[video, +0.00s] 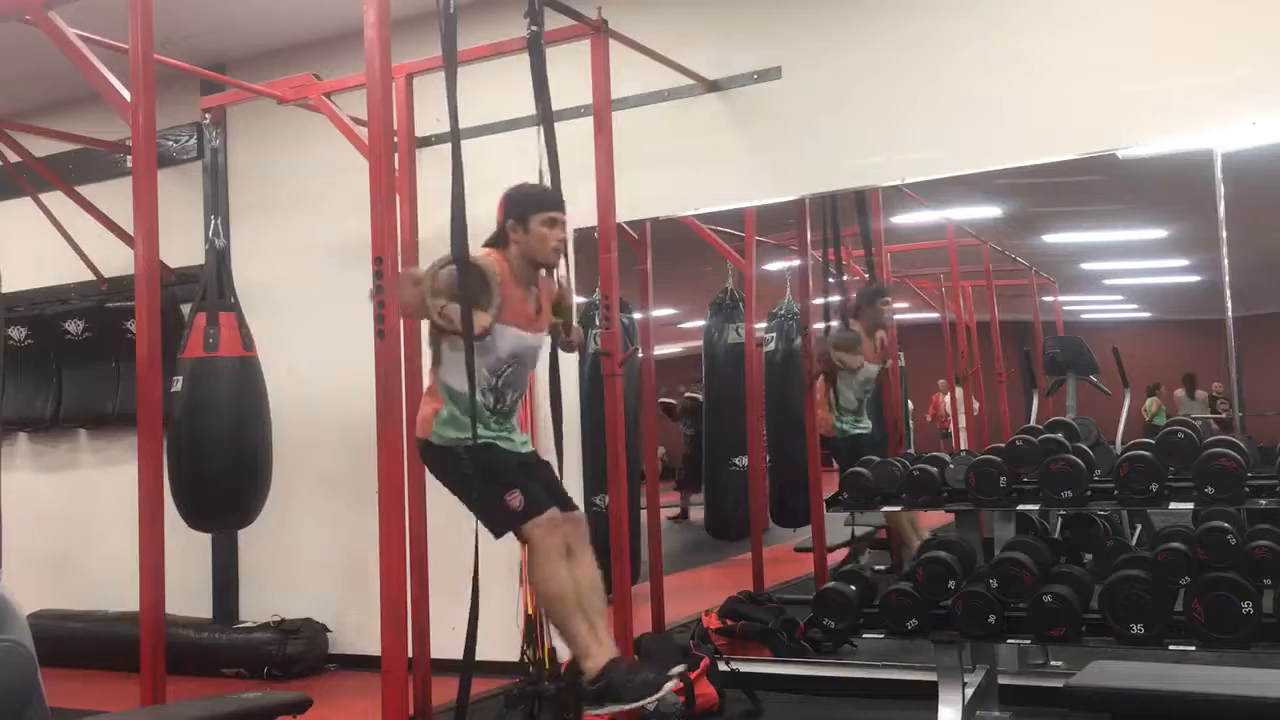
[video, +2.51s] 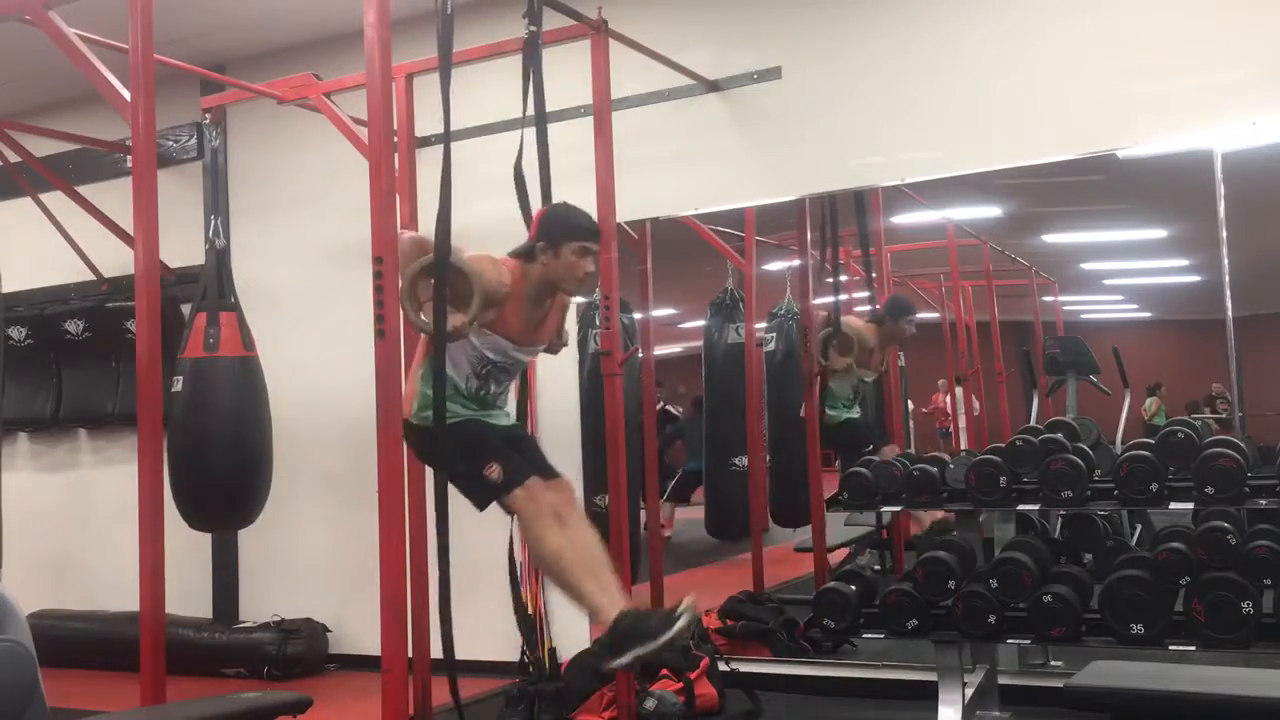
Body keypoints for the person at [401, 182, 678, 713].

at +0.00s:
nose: (561, 236)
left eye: (563, 227)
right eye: (550, 225)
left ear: (557, 234)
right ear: (514, 229)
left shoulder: (551, 285)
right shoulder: (483, 270)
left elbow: (570, 338)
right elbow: (412, 291)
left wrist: (571, 334)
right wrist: (453, 316)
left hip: (502, 431)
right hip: (451, 432)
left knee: (573, 525)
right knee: (544, 528)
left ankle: (606, 661)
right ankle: (590, 667)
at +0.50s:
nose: (468, 399)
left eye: (468, 389)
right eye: (458, 392)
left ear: (472, 394)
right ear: (431, 404)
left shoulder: (480, 443)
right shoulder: (421, 462)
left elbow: (546, 407)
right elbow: (436, 413)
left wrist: (530, 346)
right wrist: (448, 342)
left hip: (518, 593)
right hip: (470, 614)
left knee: (613, 611)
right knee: (589, 622)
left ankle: (731, 667)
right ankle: (726, 672)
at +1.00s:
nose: (501, 430)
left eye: (502, 419)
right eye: (489, 419)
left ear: (505, 423)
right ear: (461, 428)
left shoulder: (517, 462)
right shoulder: (455, 470)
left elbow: (573, 408)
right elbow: (496, 405)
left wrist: (555, 342)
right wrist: (489, 333)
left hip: (542, 623)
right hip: (493, 642)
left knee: (635, 659)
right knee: (609, 674)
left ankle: (753, 710)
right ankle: (743, 717)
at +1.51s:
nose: (473, 388)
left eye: (472, 379)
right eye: (460, 380)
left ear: (469, 383)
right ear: (436, 391)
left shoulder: (499, 425)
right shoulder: (432, 428)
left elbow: (568, 406)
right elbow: (480, 405)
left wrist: (552, 344)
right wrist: (480, 338)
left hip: (550, 569)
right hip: (504, 589)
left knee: (648, 590)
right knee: (622, 605)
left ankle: (768, 644)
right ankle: (764, 653)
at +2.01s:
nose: (494, 271)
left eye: (497, 261)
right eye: (483, 261)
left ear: (494, 262)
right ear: (452, 262)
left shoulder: (489, 311)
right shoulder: (422, 307)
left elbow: (518, 385)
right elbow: (401, 369)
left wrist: (530, 354)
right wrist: (440, 333)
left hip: (514, 445)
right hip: (472, 458)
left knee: (618, 470)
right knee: (592, 475)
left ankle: (740, 539)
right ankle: (728, 533)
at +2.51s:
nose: (592, 269)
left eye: (594, 257)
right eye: (583, 256)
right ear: (547, 253)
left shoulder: (559, 296)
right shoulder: (492, 276)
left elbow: (549, 323)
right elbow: (408, 243)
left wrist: (554, 338)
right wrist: (422, 312)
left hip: (492, 416)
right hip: (439, 414)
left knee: (562, 494)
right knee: (532, 499)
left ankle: (621, 622)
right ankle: (617, 622)